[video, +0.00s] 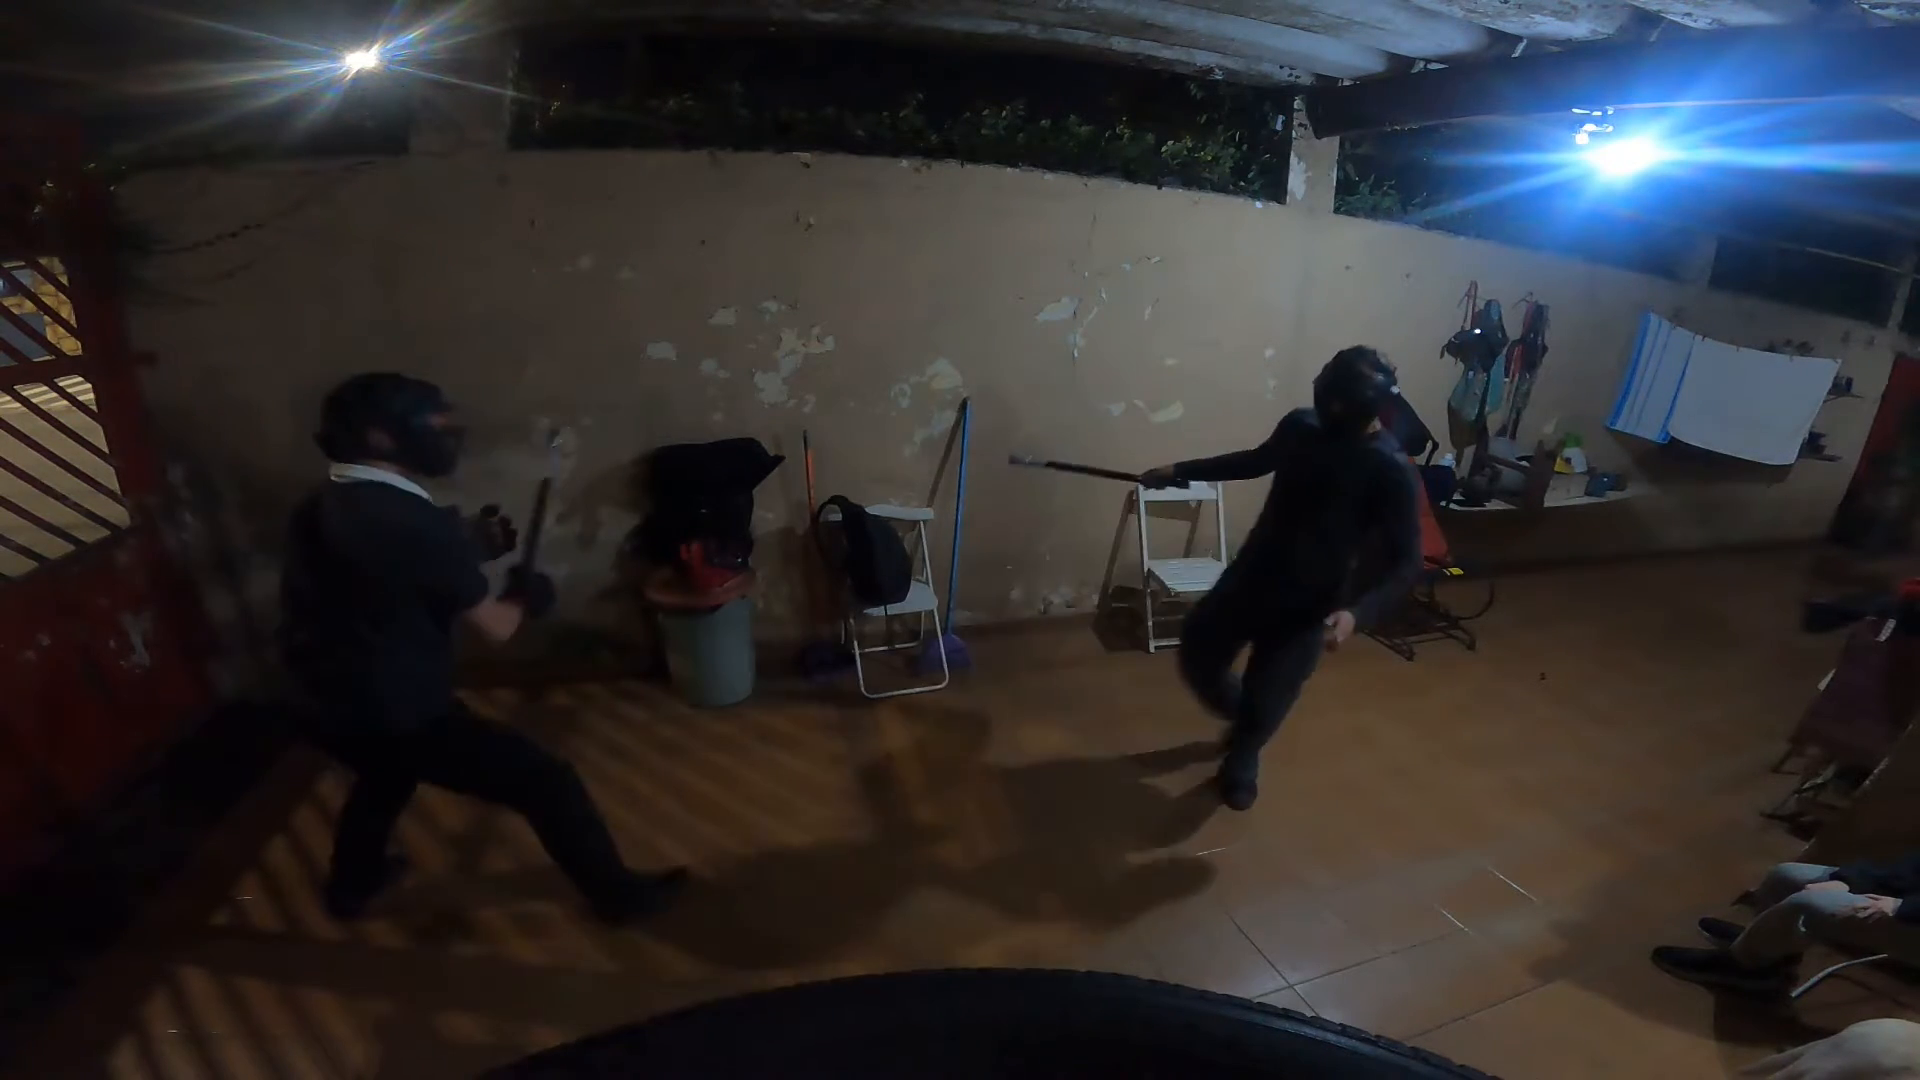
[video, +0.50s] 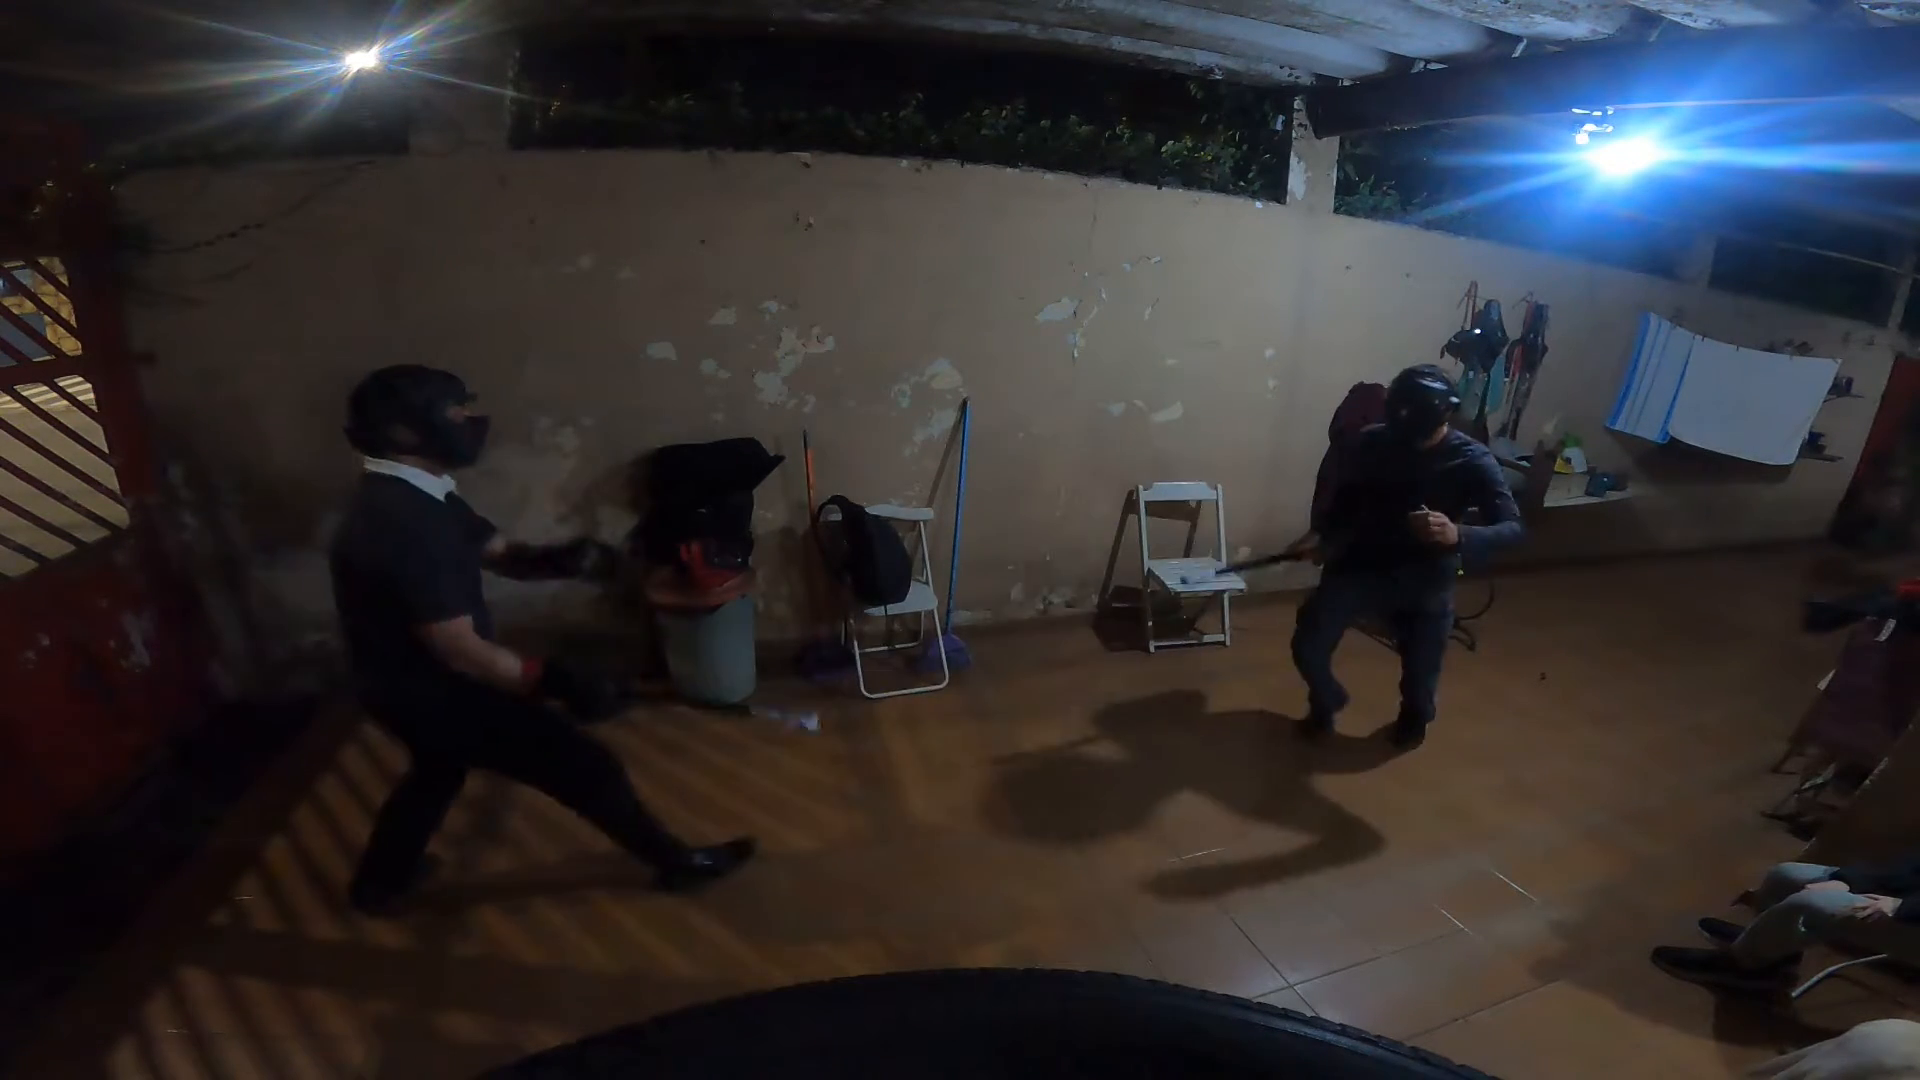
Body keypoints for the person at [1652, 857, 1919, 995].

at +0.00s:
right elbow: (1909, 869)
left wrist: (1903, 908)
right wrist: (1846, 879)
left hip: (1911, 924)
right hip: (1902, 893)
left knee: (1806, 906)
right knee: (1786, 876)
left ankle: (1740, 961)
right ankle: (1752, 941)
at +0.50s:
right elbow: (1912, 870)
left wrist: (1903, 908)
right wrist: (1846, 880)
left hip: (1911, 925)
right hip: (1901, 892)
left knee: (1807, 905)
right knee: (1784, 877)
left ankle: (1739, 961)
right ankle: (1760, 945)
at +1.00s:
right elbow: (1911, 866)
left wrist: (1898, 908)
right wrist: (1849, 881)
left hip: (1910, 926)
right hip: (1900, 894)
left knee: (1803, 908)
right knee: (1785, 877)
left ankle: (1739, 962)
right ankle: (1762, 946)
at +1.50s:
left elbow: (1915, 907)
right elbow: (1910, 868)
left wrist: (1864, 906)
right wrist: (1845, 881)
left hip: (1910, 924)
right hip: (1898, 891)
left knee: (1796, 914)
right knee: (1782, 879)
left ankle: (1738, 963)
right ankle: (1764, 952)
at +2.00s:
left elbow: (1913, 916)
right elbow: (1910, 869)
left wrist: (1857, 910)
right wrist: (1843, 883)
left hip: (1910, 928)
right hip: (1903, 890)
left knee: (1800, 914)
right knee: (1783, 879)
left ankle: (1742, 962)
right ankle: (1757, 943)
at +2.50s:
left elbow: (1913, 915)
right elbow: (1910, 870)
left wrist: (1857, 909)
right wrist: (1844, 882)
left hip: (1911, 927)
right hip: (1904, 890)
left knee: (1800, 914)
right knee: (1783, 880)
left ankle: (1742, 963)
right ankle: (1756, 945)